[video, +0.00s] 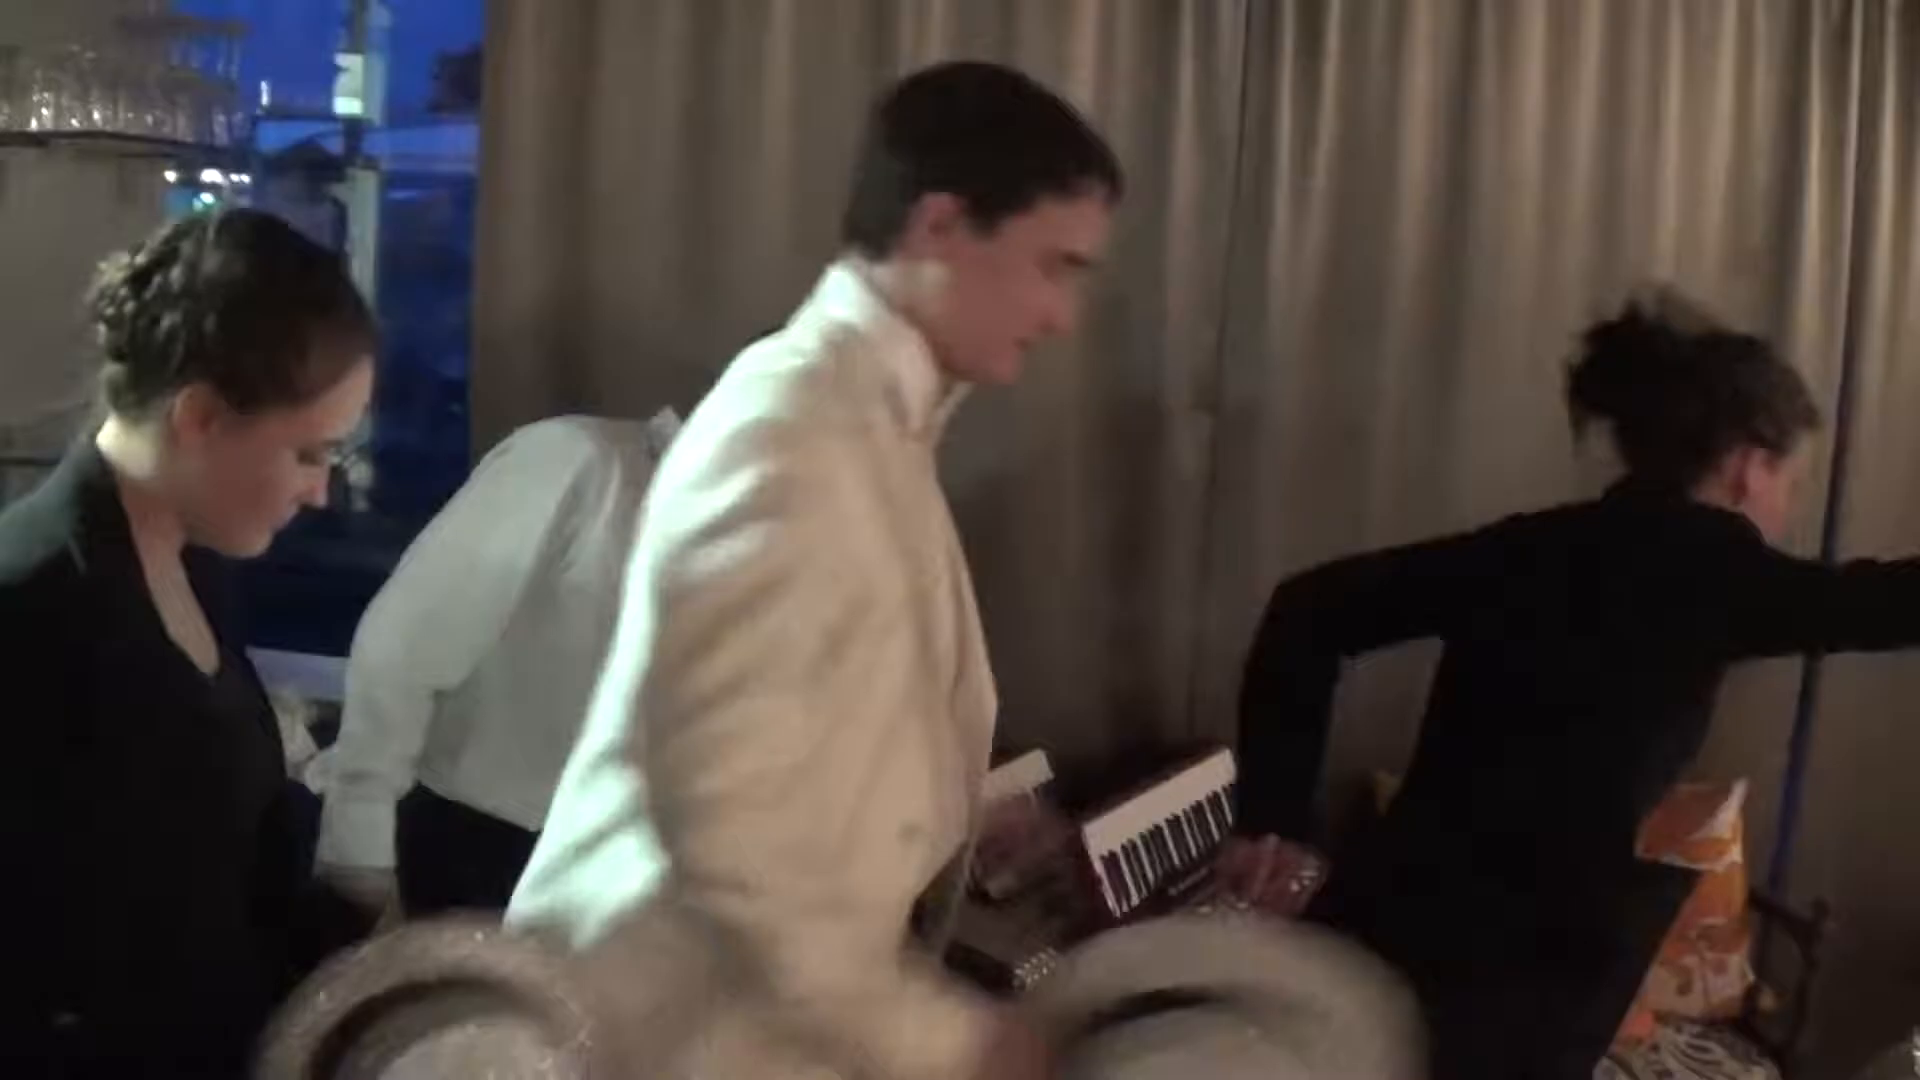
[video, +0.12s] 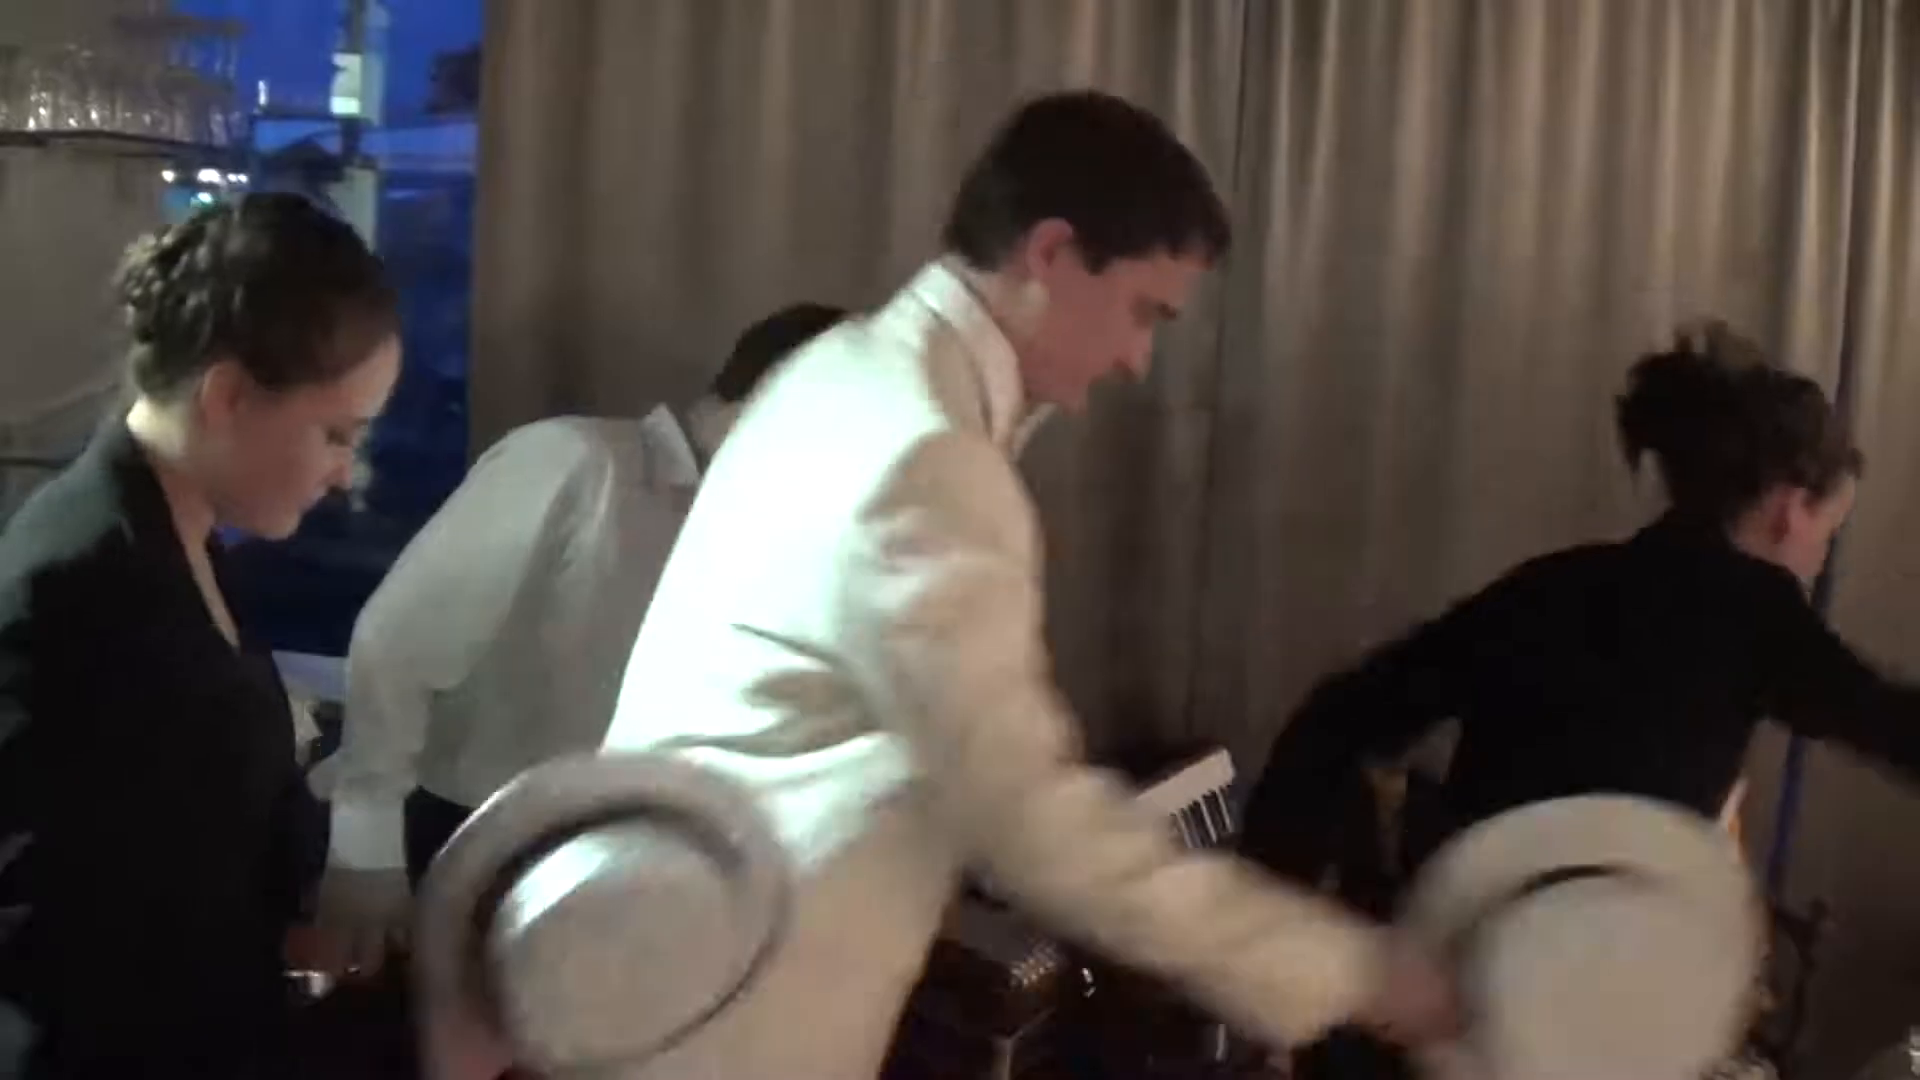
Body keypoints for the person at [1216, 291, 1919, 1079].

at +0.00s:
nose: (1785, 499)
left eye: (1791, 473)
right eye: (1786, 470)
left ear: (1648, 449)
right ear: (1742, 464)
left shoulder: (1526, 547)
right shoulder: (1715, 575)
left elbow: (1310, 608)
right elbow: (1885, 605)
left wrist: (1270, 815)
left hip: (1399, 894)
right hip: (1542, 932)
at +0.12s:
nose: (1823, 553)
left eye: (1833, 526)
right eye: (1828, 525)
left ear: (1686, 487)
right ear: (1787, 508)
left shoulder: (1549, 586)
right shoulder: (1759, 614)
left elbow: (1342, 719)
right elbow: (1891, 727)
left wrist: (1275, 899)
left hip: (1461, 950)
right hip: (1630, 954)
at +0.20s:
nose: (1849, 554)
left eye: (1857, 531)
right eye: (1852, 528)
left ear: (1716, 495)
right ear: (1802, 518)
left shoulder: (1584, 610)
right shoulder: (1764, 651)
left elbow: (1411, 787)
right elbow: (1835, 864)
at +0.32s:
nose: (1855, 565)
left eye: (1870, 536)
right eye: (1866, 530)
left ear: (1731, 483)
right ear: (1819, 506)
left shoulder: (1592, 602)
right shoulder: (1759, 648)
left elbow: (1526, 843)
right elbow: (1707, 903)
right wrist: (1719, 1054)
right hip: (1636, 1021)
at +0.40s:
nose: (1874, 534)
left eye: (1888, 504)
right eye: (1882, 500)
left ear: (1745, 455)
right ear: (1836, 478)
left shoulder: (1629, 571)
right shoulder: (1763, 620)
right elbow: (1707, 824)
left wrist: (1851, 770)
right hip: (1631, 1002)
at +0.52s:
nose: (1895, 490)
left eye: (1901, 464)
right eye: (1896, 462)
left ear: (1757, 432)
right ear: (1849, 454)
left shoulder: (1669, 552)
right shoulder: (1802, 610)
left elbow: (1783, 744)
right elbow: (1607, 782)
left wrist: (1910, 628)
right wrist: (1472, 962)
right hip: (1676, 1023)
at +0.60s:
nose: (1894, 488)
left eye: (1898, 459)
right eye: (1894, 457)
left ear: (1754, 440)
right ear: (1846, 455)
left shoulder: (1664, 575)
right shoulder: (1818, 621)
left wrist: (1908, 669)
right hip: (1730, 1009)